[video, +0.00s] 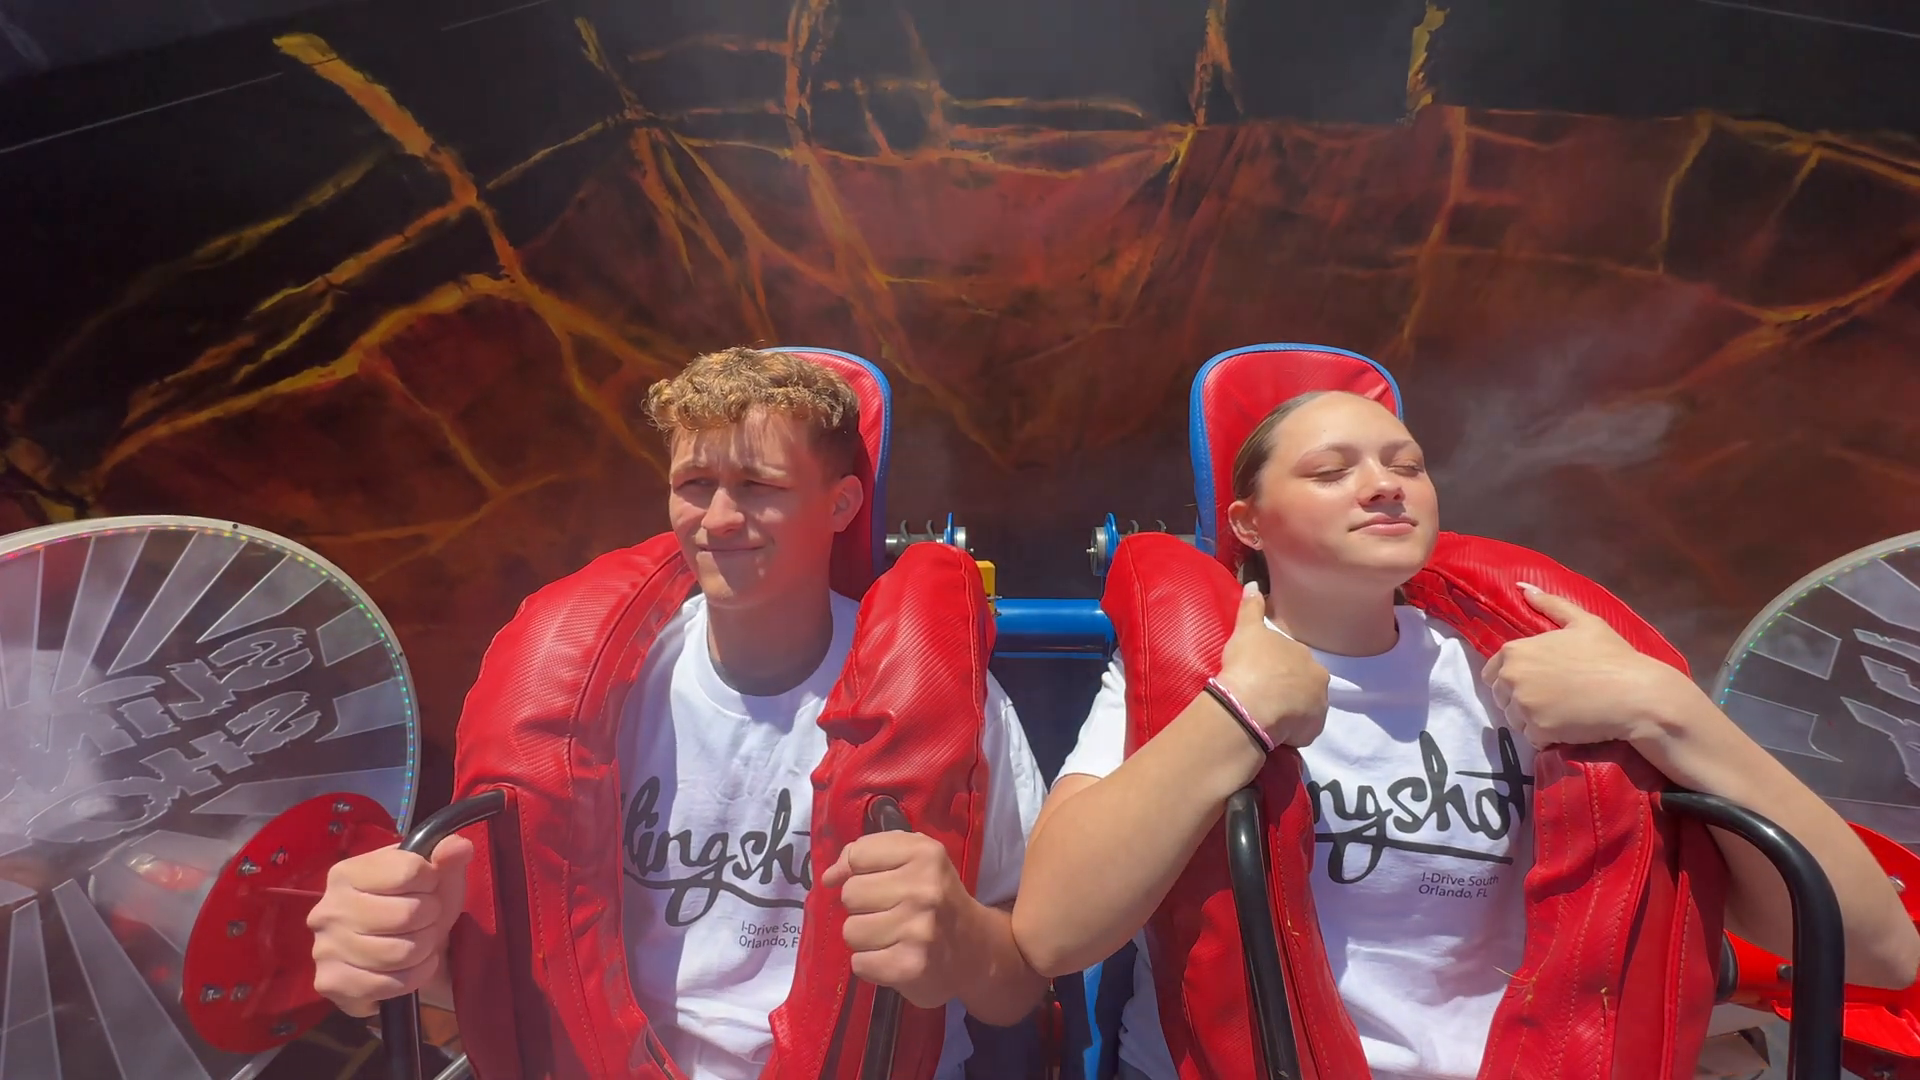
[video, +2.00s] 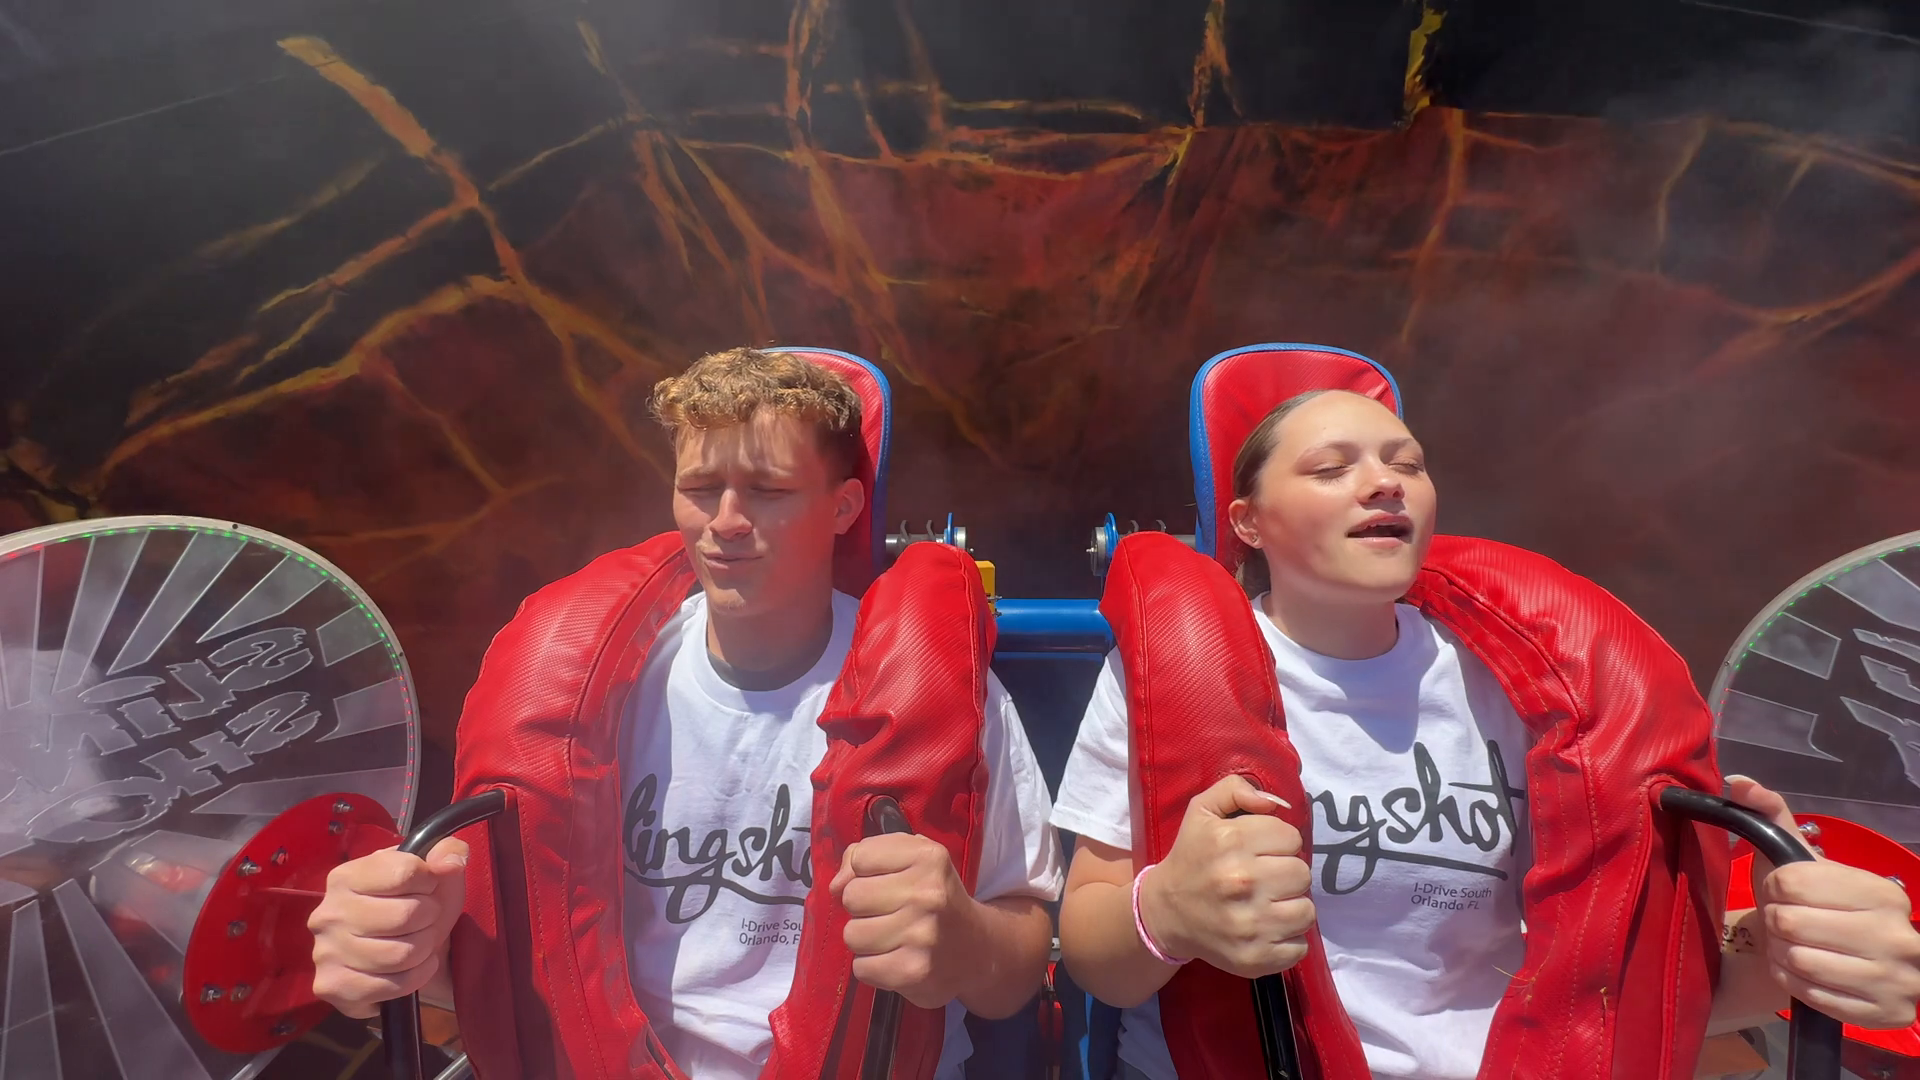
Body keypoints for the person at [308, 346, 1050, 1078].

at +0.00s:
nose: (720, 519)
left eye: (759, 487)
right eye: (697, 486)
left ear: (845, 503)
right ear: (669, 493)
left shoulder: (937, 695)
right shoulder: (582, 672)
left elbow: (1021, 989)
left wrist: (968, 944)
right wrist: (420, 951)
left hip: (832, 1067)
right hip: (606, 1061)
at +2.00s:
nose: (727, 522)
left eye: (766, 490)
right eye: (704, 488)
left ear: (846, 507)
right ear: (674, 493)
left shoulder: (935, 690)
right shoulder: (583, 673)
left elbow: (1025, 962)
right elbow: (505, 932)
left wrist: (969, 945)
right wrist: (410, 944)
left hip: (831, 1062)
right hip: (612, 1057)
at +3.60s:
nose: (729, 525)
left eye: (768, 493)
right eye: (704, 491)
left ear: (846, 507)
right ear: (675, 493)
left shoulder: (936, 690)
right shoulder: (584, 670)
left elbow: (1025, 960)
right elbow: (501, 920)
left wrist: (959, 948)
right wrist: (406, 942)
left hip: (832, 1063)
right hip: (612, 1058)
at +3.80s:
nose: (728, 524)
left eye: (767, 490)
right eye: (703, 488)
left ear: (846, 507)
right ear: (674, 493)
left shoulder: (935, 689)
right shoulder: (584, 672)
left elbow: (1027, 959)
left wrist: (963, 948)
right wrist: (410, 944)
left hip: (833, 1064)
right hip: (614, 1058)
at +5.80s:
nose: (865, 520)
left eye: (872, 488)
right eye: (824, 488)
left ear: (885, 490)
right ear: (713, 499)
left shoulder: (937, 681)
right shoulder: (586, 667)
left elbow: (1024, 953)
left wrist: (965, 949)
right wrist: (411, 942)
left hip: (836, 1063)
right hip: (613, 1059)